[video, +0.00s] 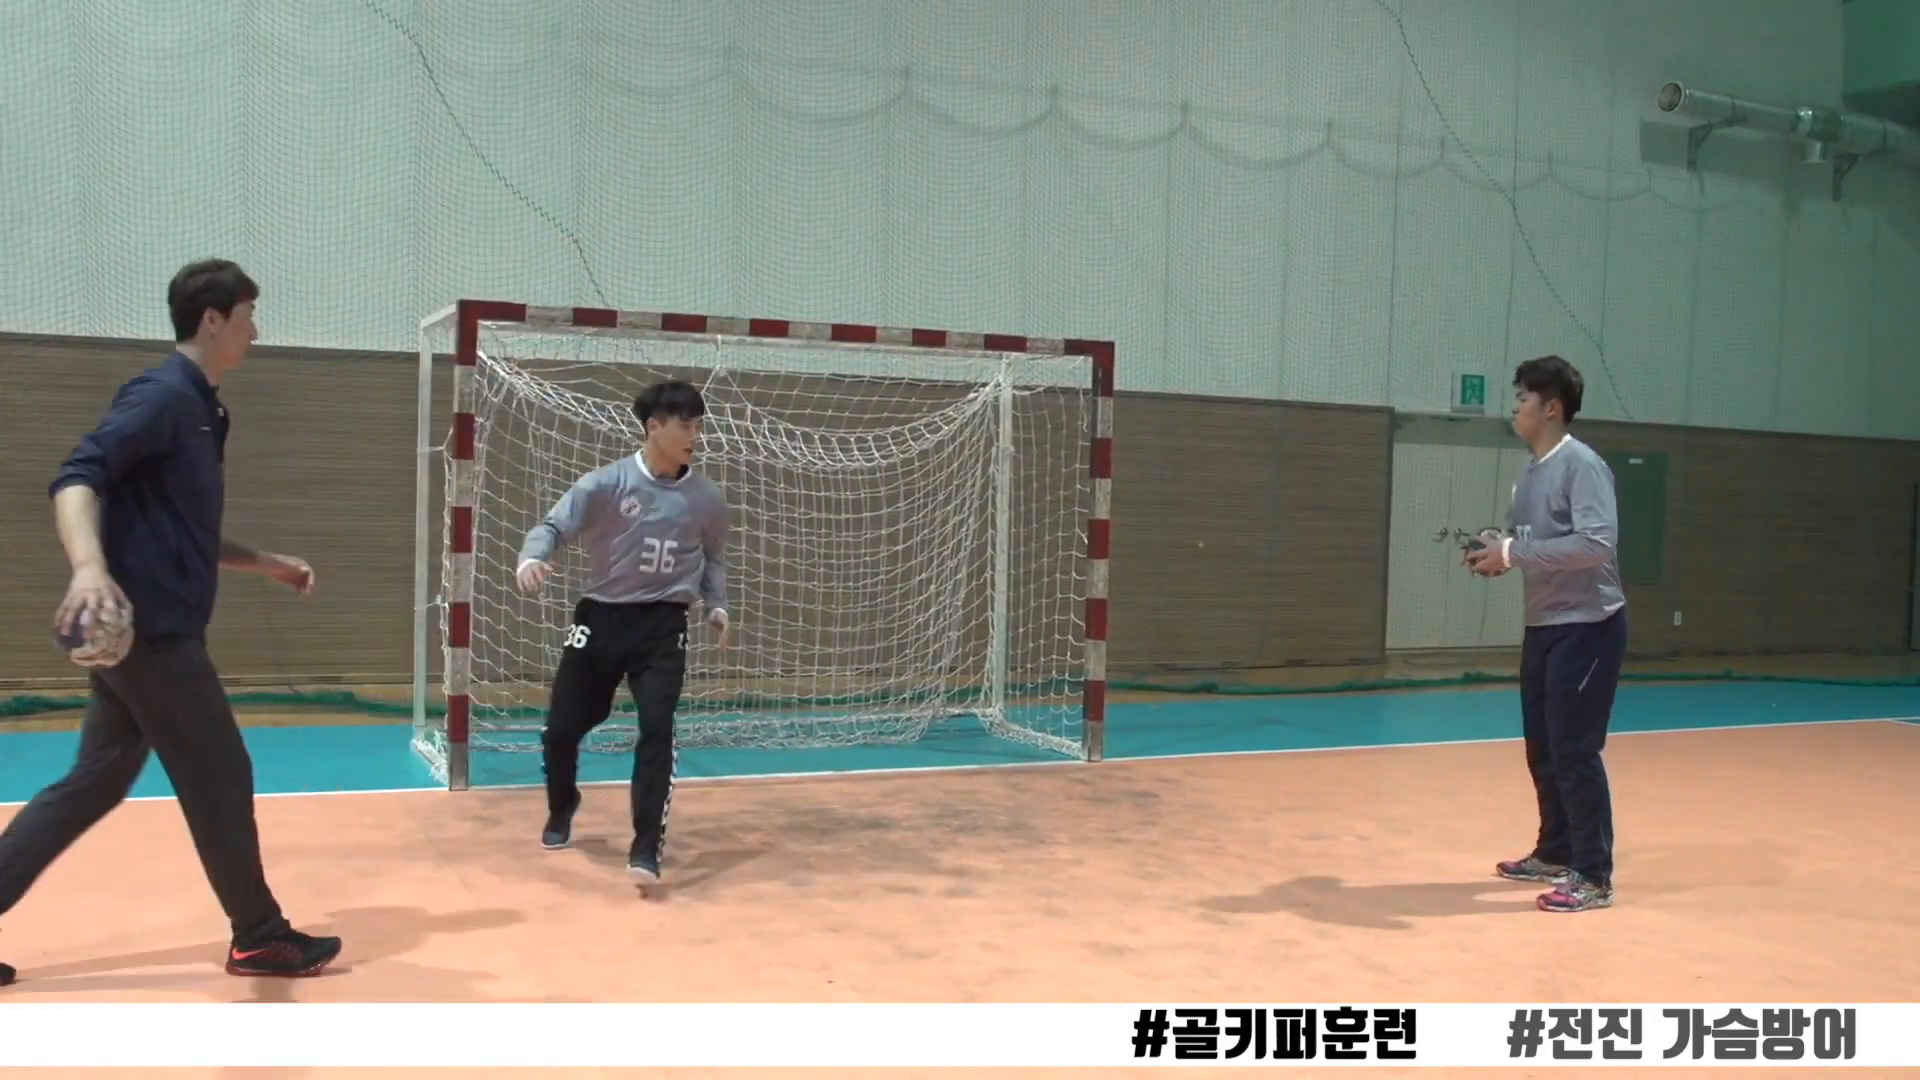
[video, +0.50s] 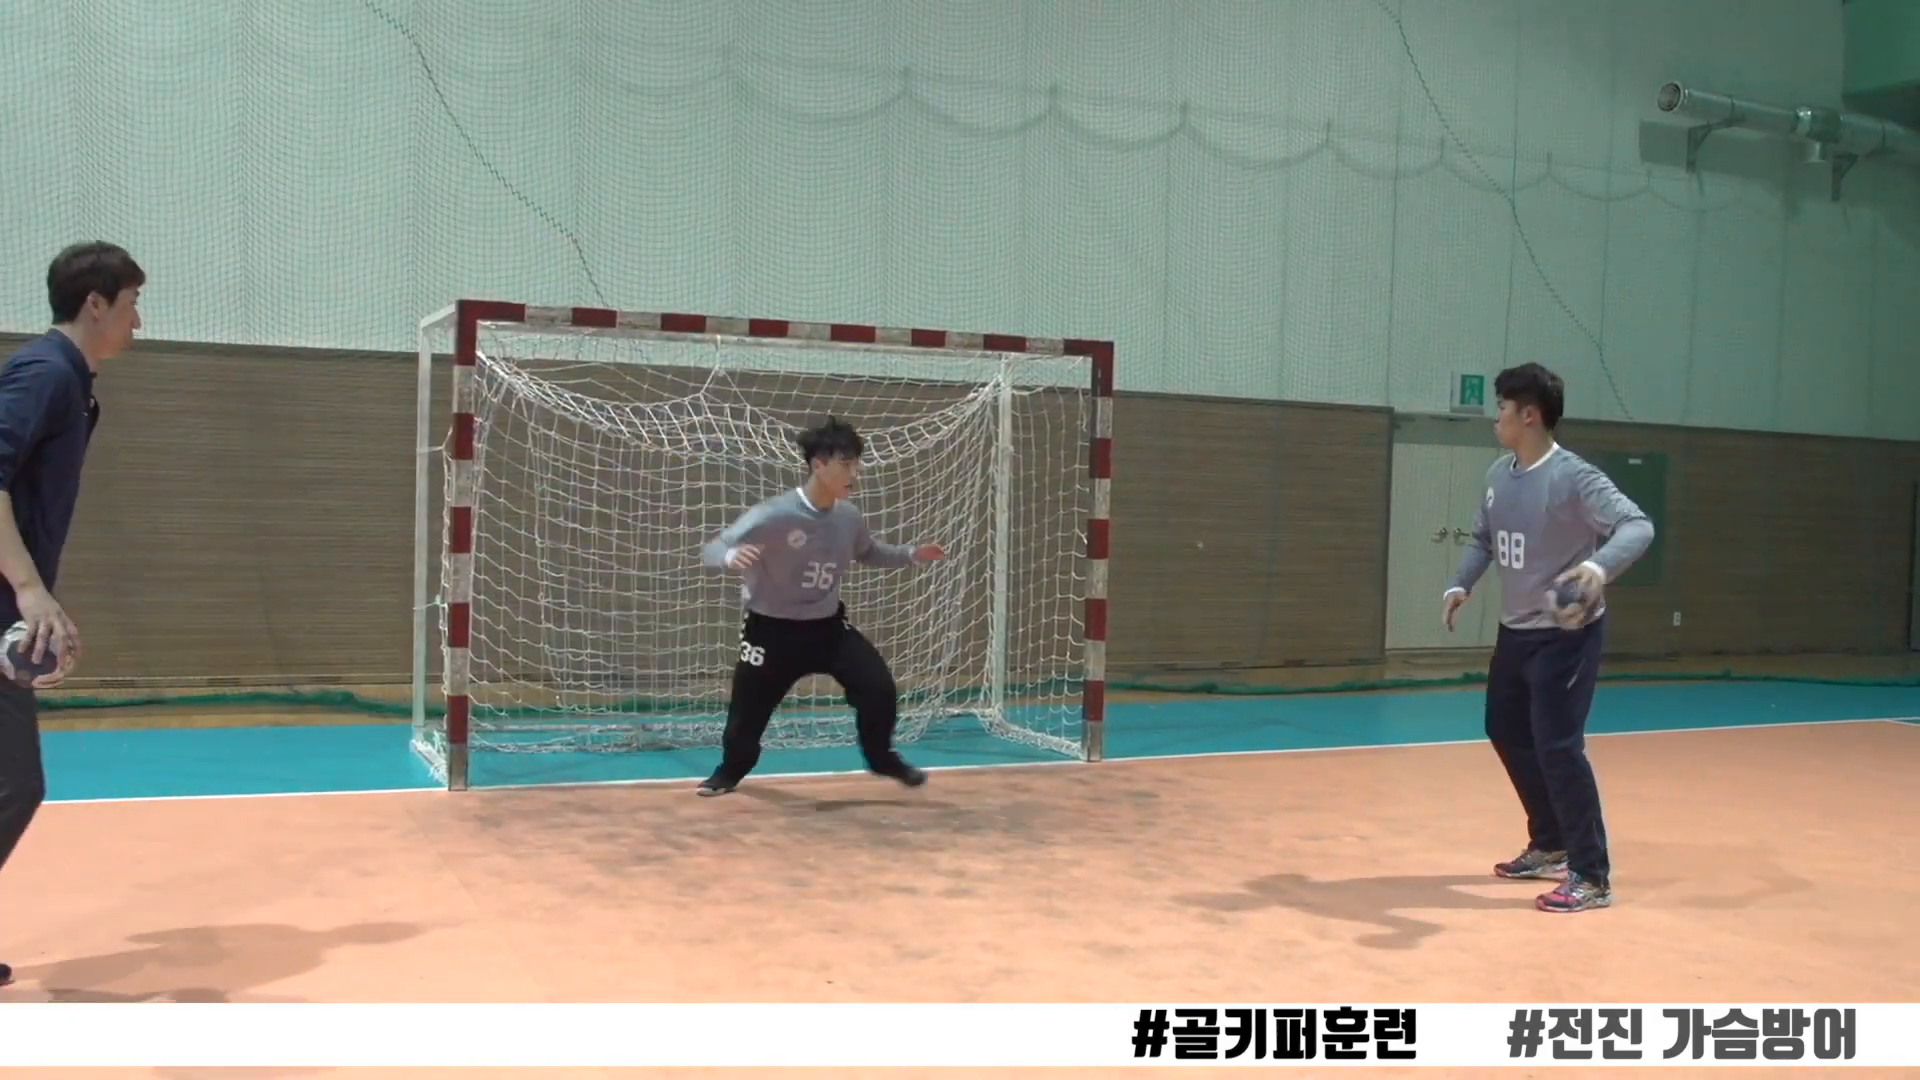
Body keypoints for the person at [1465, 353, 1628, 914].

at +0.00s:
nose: (1515, 407)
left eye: (1525, 398)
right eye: (1517, 398)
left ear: (1555, 406)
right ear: (1541, 407)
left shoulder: (1584, 464)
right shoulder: (1531, 473)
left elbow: (1597, 547)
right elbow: (1535, 545)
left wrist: (1515, 553)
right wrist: (1500, 551)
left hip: (1588, 627)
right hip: (1544, 627)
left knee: (1574, 749)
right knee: (1542, 747)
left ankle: (1594, 877)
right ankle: (1556, 853)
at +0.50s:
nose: (1495, 416)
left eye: (1502, 408)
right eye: (1497, 407)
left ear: (1530, 415)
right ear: (1522, 415)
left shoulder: (1573, 474)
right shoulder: (1501, 475)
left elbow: (1637, 526)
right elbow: (1483, 541)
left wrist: (1600, 566)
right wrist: (1460, 585)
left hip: (1566, 635)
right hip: (1516, 634)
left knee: (1557, 745)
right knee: (1507, 732)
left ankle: (1591, 877)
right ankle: (1550, 843)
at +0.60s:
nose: (1489, 421)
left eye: (1496, 413)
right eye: (1490, 412)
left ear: (1523, 418)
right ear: (1512, 418)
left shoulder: (1570, 478)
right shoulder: (1496, 480)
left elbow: (1621, 507)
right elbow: (1480, 553)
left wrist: (1626, 497)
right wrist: (1446, 603)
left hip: (1562, 634)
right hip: (1510, 632)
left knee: (1552, 746)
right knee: (1478, 721)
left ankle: (1591, 877)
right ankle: (1530, 828)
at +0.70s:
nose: (1478, 431)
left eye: (1483, 421)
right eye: (1479, 422)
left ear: (1506, 425)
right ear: (1508, 425)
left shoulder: (1558, 476)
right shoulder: (1490, 487)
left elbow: (1605, 472)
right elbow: (1481, 565)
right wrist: (1446, 617)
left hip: (1551, 635)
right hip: (1503, 634)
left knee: (1541, 746)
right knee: (1469, 719)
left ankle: (1590, 877)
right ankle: (1479, 833)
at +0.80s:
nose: (1467, 435)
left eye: (1471, 425)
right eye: (1469, 426)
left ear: (1491, 426)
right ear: (1497, 428)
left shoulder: (1533, 478)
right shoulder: (1486, 492)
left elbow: (1539, 420)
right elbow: (1478, 566)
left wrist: (1528, 349)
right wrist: (1460, 619)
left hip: (1534, 637)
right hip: (1493, 635)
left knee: (1529, 750)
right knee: (1460, 721)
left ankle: (1587, 875)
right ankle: (1433, 827)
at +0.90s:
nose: (1459, 431)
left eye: (1469, 423)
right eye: (1461, 423)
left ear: (1486, 428)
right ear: (1488, 429)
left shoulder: (1501, 476)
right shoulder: (1479, 481)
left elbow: (1465, 427)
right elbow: (1484, 564)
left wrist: (1448, 357)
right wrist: (1466, 625)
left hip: (1506, 634)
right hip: (1479, 632)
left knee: (1521, 750)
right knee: (1440, 720)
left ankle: (1584, 873)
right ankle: (1428, 831)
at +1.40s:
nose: (1401, 434)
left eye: (1404, 426)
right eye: (1404, 428)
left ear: (1418, 427)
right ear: (1446, 437)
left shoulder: (1401, 460)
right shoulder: (1470, 487)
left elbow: (1322, 458)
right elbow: (1504, 563)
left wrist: (1300, 423)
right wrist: (1526, 629)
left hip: (1444, 591)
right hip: (1487, 597)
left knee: (1465, 713)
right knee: (1439, 716)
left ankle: (1517, 826)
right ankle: (1427, 830)